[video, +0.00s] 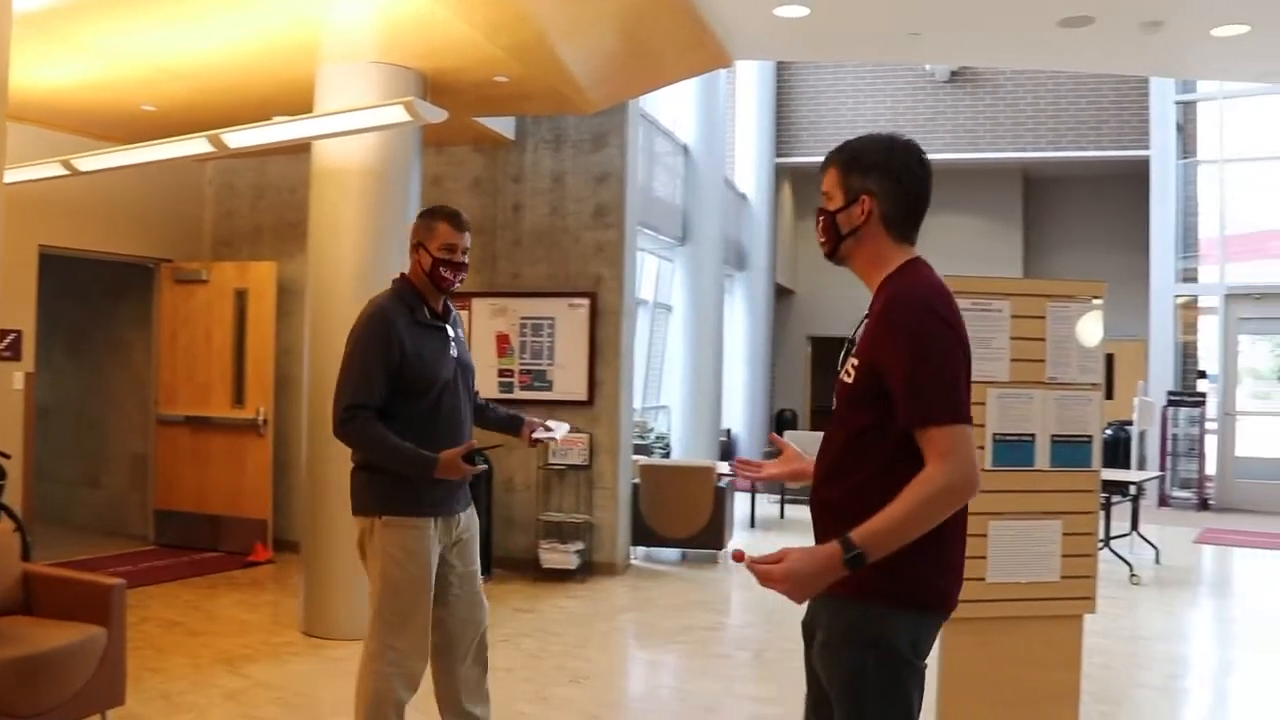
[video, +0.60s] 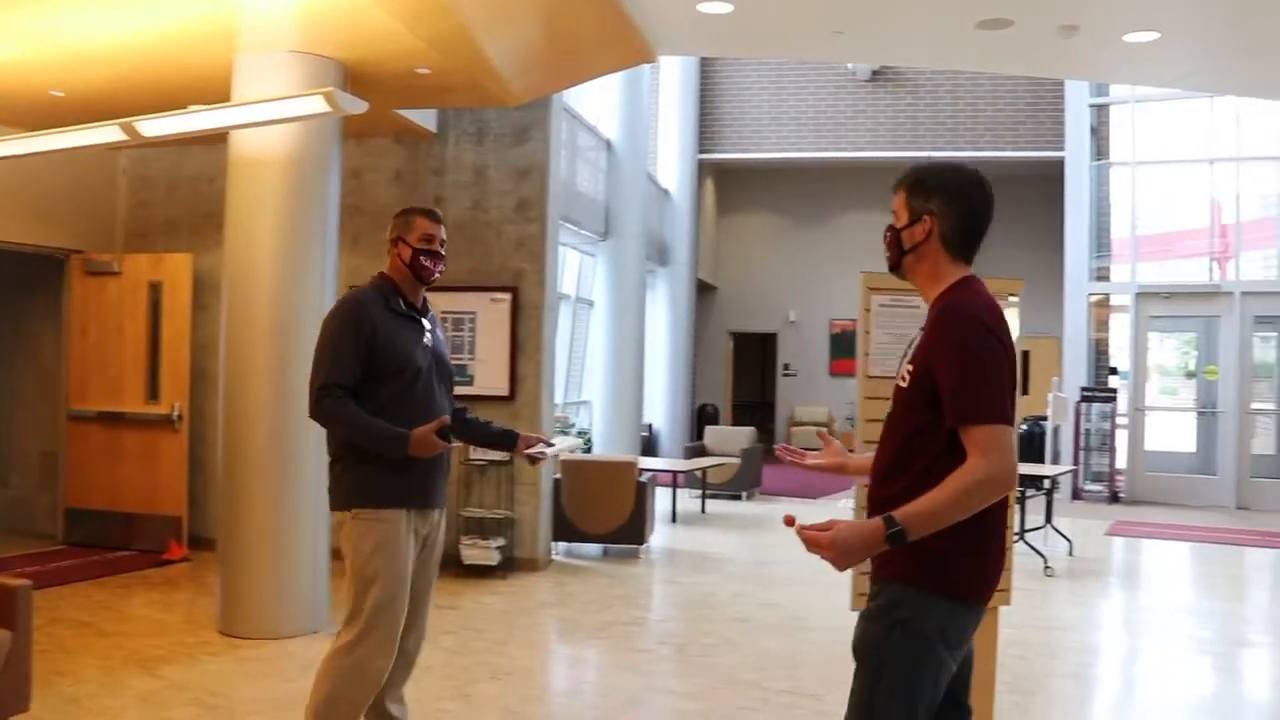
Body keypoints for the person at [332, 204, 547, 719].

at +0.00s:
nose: (458, 265)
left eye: (464, 256)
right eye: (448, 254)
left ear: (466, 259)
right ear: (416, 251)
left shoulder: (448, 320)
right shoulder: (382, 317)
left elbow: (462, 404)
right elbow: (350, 420)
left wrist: (520, 424)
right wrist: (431, 463)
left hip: (456, 508)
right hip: (399, 515)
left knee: (464, 641)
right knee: (397, 653)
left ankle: (469, 717)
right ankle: (378, 718)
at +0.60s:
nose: (436, 256)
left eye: (442, 249)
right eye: (426, 246)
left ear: (444, 256)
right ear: (395, 247)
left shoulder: (426, 321)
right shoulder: (357, 310)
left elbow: (443, 413)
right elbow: (326, 402)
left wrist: (512, 440)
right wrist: (404, 439)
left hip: (426, 501)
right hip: (375, 500)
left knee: (406, 634)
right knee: (374, 633)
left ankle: (383, 713)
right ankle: (326, 717)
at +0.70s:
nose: (430, 257)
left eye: (435, 250)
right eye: (421, 246)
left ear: (436, 256)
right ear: (390, 246)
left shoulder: (415, 320)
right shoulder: (348, 308)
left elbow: (433, 414)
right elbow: (313, 398)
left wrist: (501, 443)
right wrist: (392, 438)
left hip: (412, 499)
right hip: (361, 498)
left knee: (392, 633)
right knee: (370, 630)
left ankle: (369, 712)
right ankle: (324, 717)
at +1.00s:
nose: (406, 256)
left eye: (412, 249)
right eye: (398, 245)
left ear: (412, 253)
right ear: (366, 240)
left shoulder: (386, 316)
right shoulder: (320, 301)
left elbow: (395, 414)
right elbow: (279, 393)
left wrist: (446, 469)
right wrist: (357, 445)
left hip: (371, 495)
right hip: (324, 494)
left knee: (330, 632)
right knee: (342, 638)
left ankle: (318, 714)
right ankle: (348, 716)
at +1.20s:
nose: (389, 252)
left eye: (393, 243)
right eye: (379, 241)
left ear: (391, 248)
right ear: (344, 239)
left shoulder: (364, 312)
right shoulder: (304, 302)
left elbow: (372, 414)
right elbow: (269, 402)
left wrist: (402, 494)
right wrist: (348, 453)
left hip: (346, 496)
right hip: (308, 497)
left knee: (298, 633)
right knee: (331, 643)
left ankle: (289, 716)